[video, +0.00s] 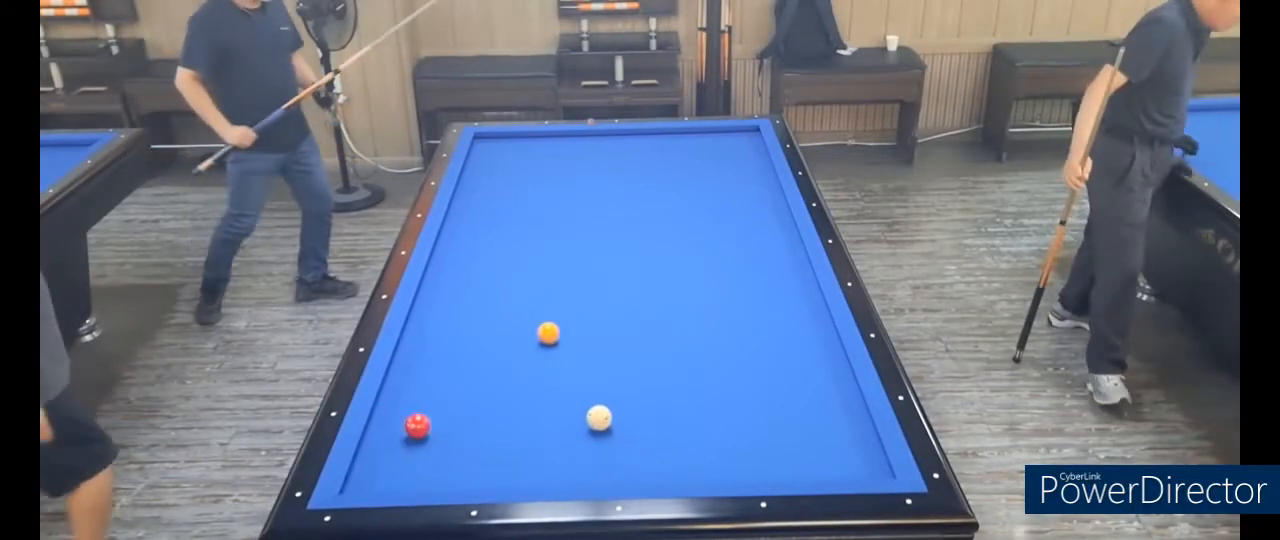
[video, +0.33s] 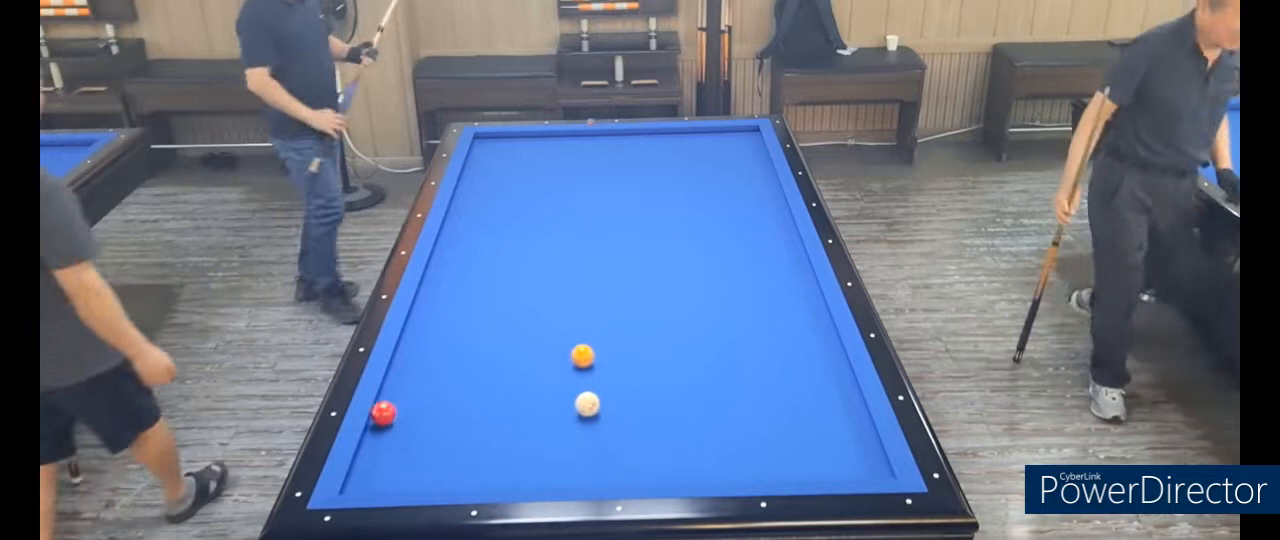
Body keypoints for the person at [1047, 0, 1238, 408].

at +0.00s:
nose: (1237, 15)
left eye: (1238, 8)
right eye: (1236, 6)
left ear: (1217, 4)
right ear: (1215, 1)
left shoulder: (1194, 28)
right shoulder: (1163, 26)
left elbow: (1154, 91)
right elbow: (1099, 87)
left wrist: (1164, 140)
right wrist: (1076, 156)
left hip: (1150, 155)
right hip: (1123, 155)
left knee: (1105, 237)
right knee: (1122, 266)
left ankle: (1071, 306)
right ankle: (1104, 367)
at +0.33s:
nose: (1240, 31)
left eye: (1242, 22)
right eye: (1235, 20)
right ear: (1205, 10)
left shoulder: (1229, 61)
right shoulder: (1151, 49)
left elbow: (1217, 118)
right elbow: (1096, 112)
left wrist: (1226, 174)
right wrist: (1066, 185)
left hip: (1179, 187)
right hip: (1124, 180)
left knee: (1172, 274)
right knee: (1121, 282)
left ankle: (1101, 299)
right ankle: (1107, 380)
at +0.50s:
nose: (1237, 49)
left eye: (1241, 41)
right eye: (1233, 38)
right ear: (1207, 19)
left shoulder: (1235, 71)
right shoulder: (1148, 56)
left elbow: (1233, 136)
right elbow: (1102, 125)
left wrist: (1235, 183)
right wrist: (1076, 196)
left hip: (1200, 201)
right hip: (1134, 194)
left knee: (1188, 303)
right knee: (1113, 293)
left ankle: (1136, 355)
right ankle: (1106, 379)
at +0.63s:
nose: (1243, 57)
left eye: (1245, 47)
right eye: (1240, 45)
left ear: (1228, 34)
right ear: (1219, 31)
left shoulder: (1236, 86)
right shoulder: (1160, 76)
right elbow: (1110, 146)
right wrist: (1088, 216)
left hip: (1216, 222)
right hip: (1147, 214)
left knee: (1203, 332)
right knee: (1119, 302)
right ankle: (1107, 379)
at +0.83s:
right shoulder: (1195, 97)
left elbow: (1143, 170)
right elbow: (1142, 170)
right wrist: (1118, 238)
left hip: (1233, 260)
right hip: (1182, 245)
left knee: (1221, 373)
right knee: (1135, 322)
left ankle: (1208, 482)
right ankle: (1111, 384)